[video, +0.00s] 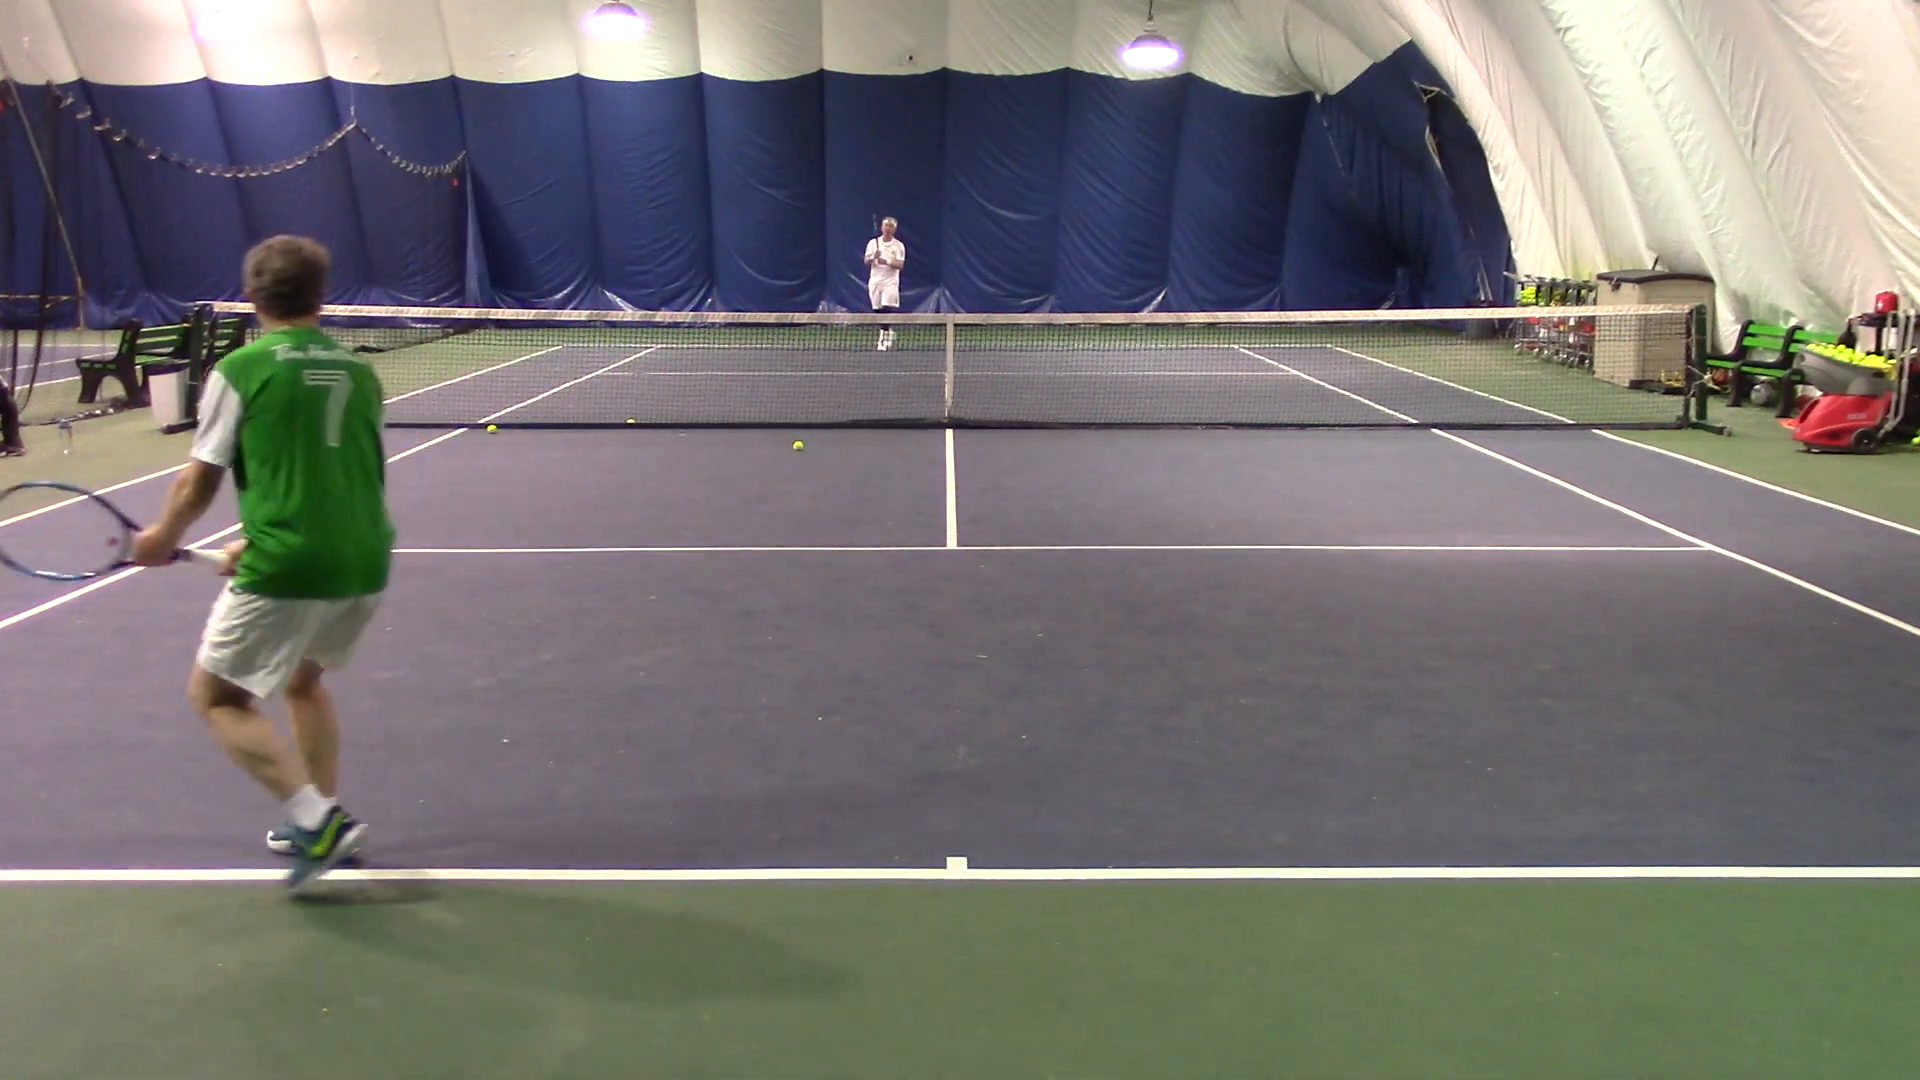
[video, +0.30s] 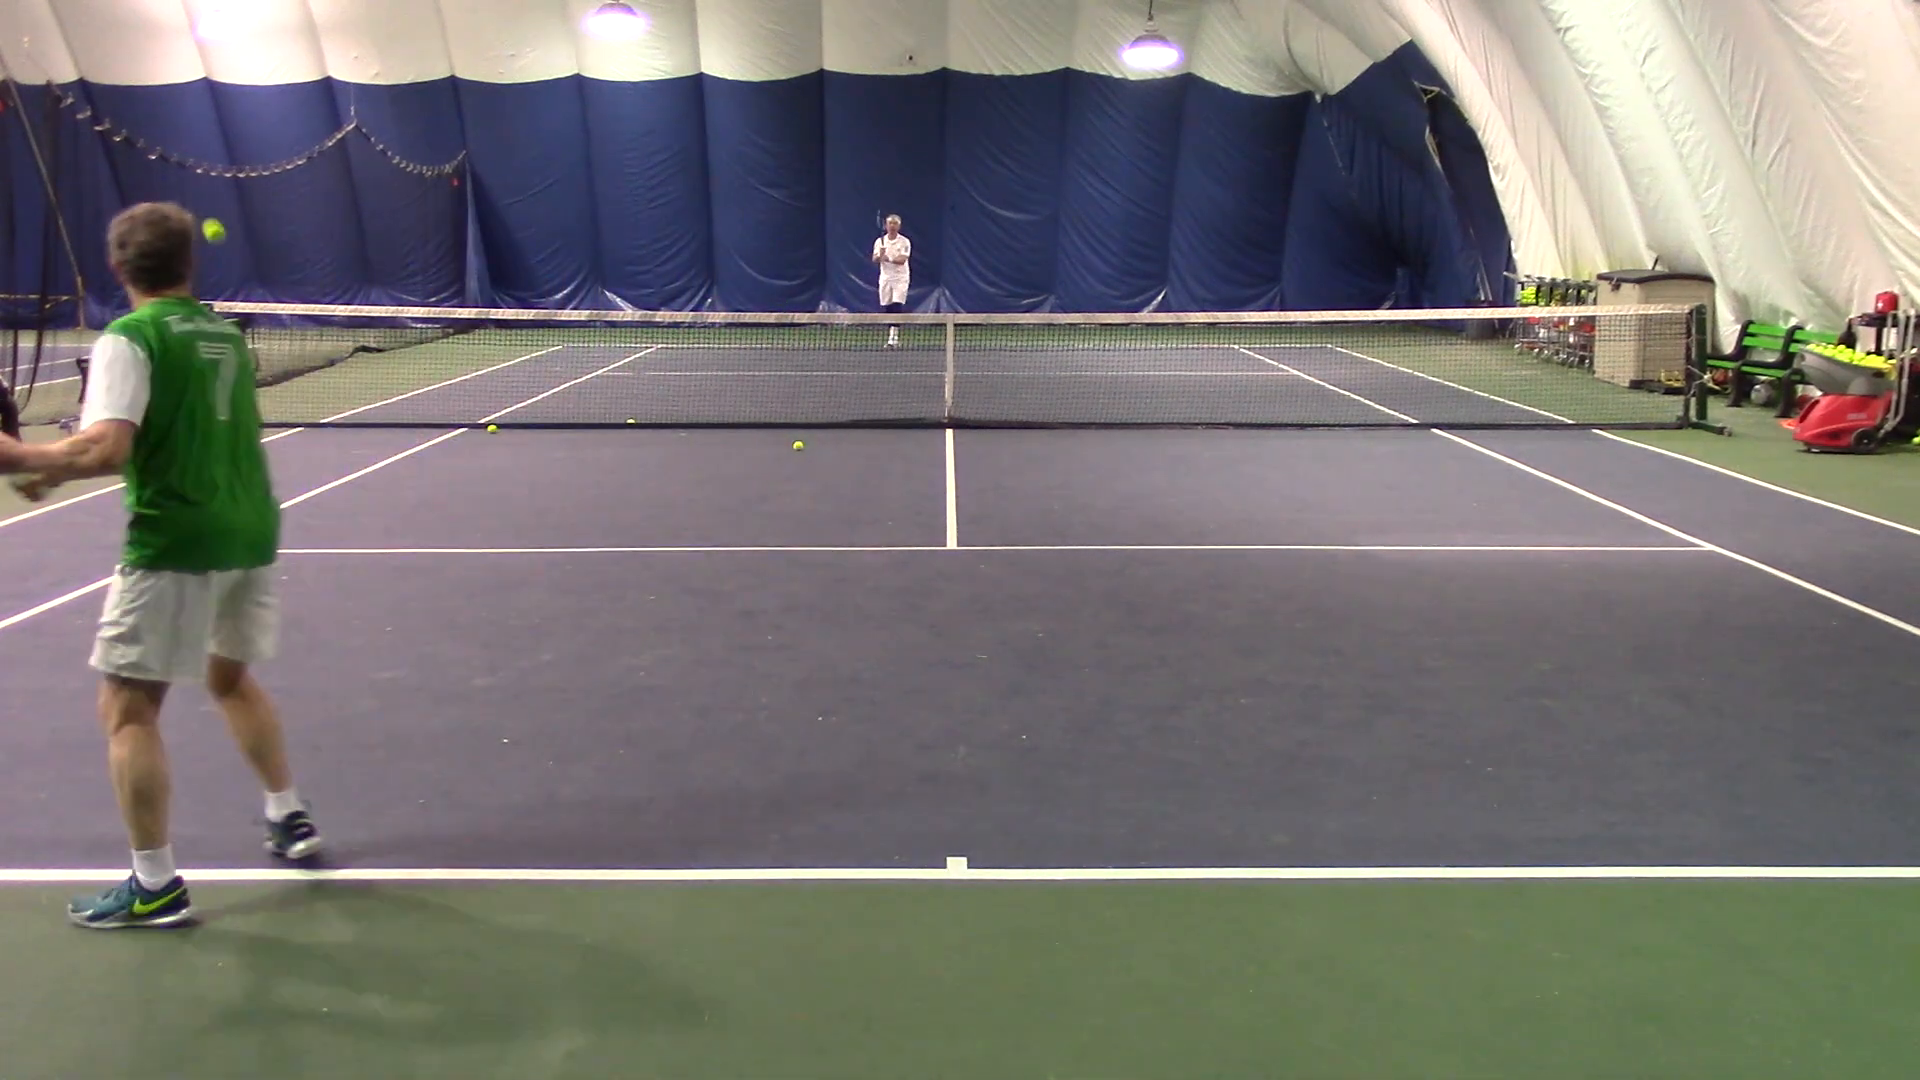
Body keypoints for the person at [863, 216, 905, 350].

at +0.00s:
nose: (887, 230)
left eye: (890, 228)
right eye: (886, 227)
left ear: (894, 230)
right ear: (882, 228)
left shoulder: (899, 246)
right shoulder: (873, 243)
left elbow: (900, 264)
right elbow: (866, 260)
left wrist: (887, 261)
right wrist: (874, 256)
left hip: (890, 281)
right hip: (875, 280)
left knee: (887, 308)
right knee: (877, 309)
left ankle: (882, 338)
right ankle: (888, 332)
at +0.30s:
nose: (892, 227)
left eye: (895, 224)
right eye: (890, 224)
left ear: (899, 226)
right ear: (886, 225)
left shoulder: (905, 242)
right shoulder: (879, 241)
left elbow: (902, 260)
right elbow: (874, 259)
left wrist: (888, 258)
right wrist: (880, 254)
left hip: (900, 278)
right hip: (885, 278)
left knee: (896, 305)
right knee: (887, 306)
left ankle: (893, 336)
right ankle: (893, 335)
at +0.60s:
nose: (905, 227)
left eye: (907, 225)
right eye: (903, 224)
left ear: (911, 227)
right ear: (899, 226)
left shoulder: (916, 242)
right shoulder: (892, 241)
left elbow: (913, 257)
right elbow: (886, 258)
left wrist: (897, 257)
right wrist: (889, 253)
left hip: (913, 278)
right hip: (897, 277)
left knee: (921, 306)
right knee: (893, 306)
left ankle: (932, 331)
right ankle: (894, 337)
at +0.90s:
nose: (923, 231)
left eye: (926, 228)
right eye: (921, 228)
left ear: (930, 230)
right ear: (917, 230)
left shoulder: (936, 245)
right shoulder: (911, 246)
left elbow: (935, 261)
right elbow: (907, 263)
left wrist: (925, 267)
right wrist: (911, 262)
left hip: (933, 281)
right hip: (916, 280)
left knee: (937, 308)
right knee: (908, 306)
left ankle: (941, 335)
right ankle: (900, 334)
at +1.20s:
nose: (935, 227)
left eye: (938, 224)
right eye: (934, 224)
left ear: (942, 227)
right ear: (930, 225)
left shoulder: (946, 242)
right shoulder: (921, 240)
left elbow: (946, 258)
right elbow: (915, 258)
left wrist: (936, 263)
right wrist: (921, 257)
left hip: (939, 277)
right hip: (923, 276)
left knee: (940, 306)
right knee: (917, 304)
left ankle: (942, 334)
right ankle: (918, 334)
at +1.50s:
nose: (933, 229)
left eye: (936, 226)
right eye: (931, 226)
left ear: (940, 228)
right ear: (928, 227)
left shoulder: (945, 244)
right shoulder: (919, 242)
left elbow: (946, 260)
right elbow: (916, 260)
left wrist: (938, 266)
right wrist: (924, 263)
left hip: (939, 277)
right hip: (924, 277)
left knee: (940, 305)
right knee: (923, 305)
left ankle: (943, 333)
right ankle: (924, 332)